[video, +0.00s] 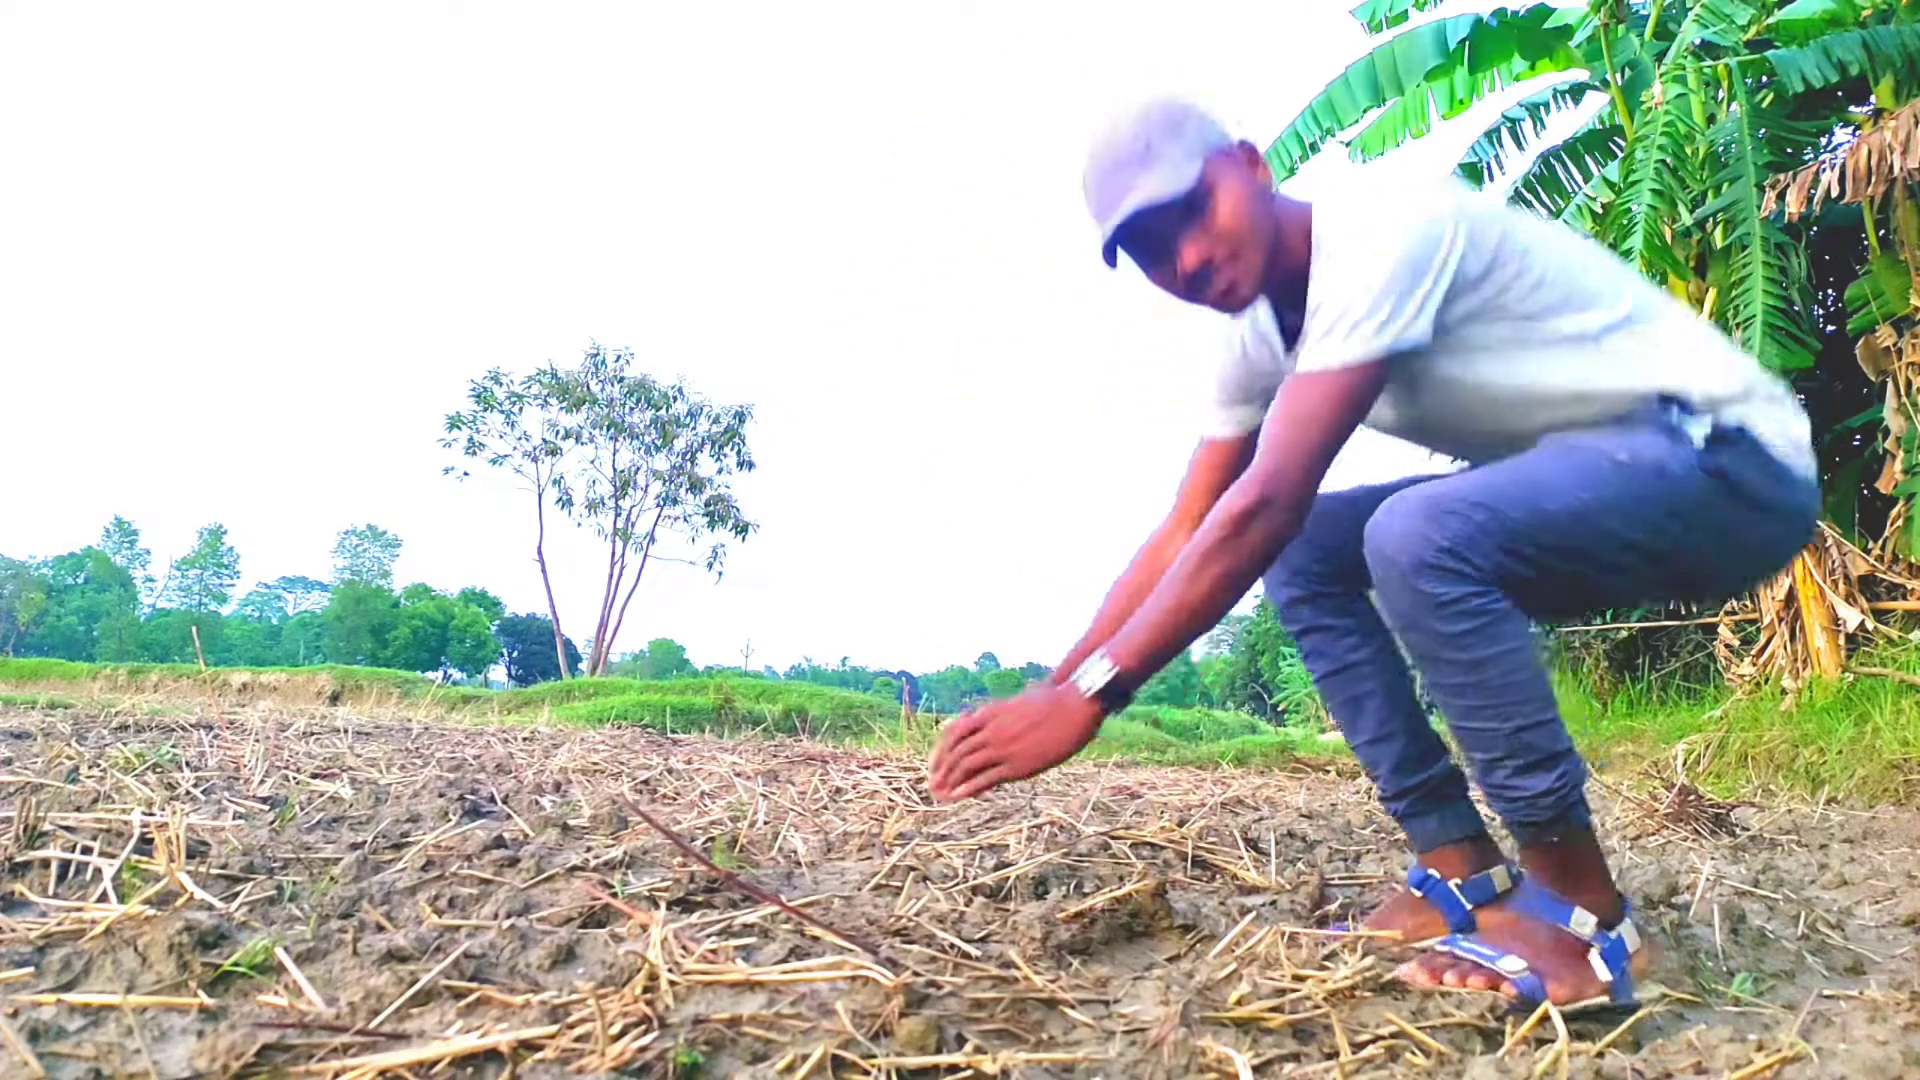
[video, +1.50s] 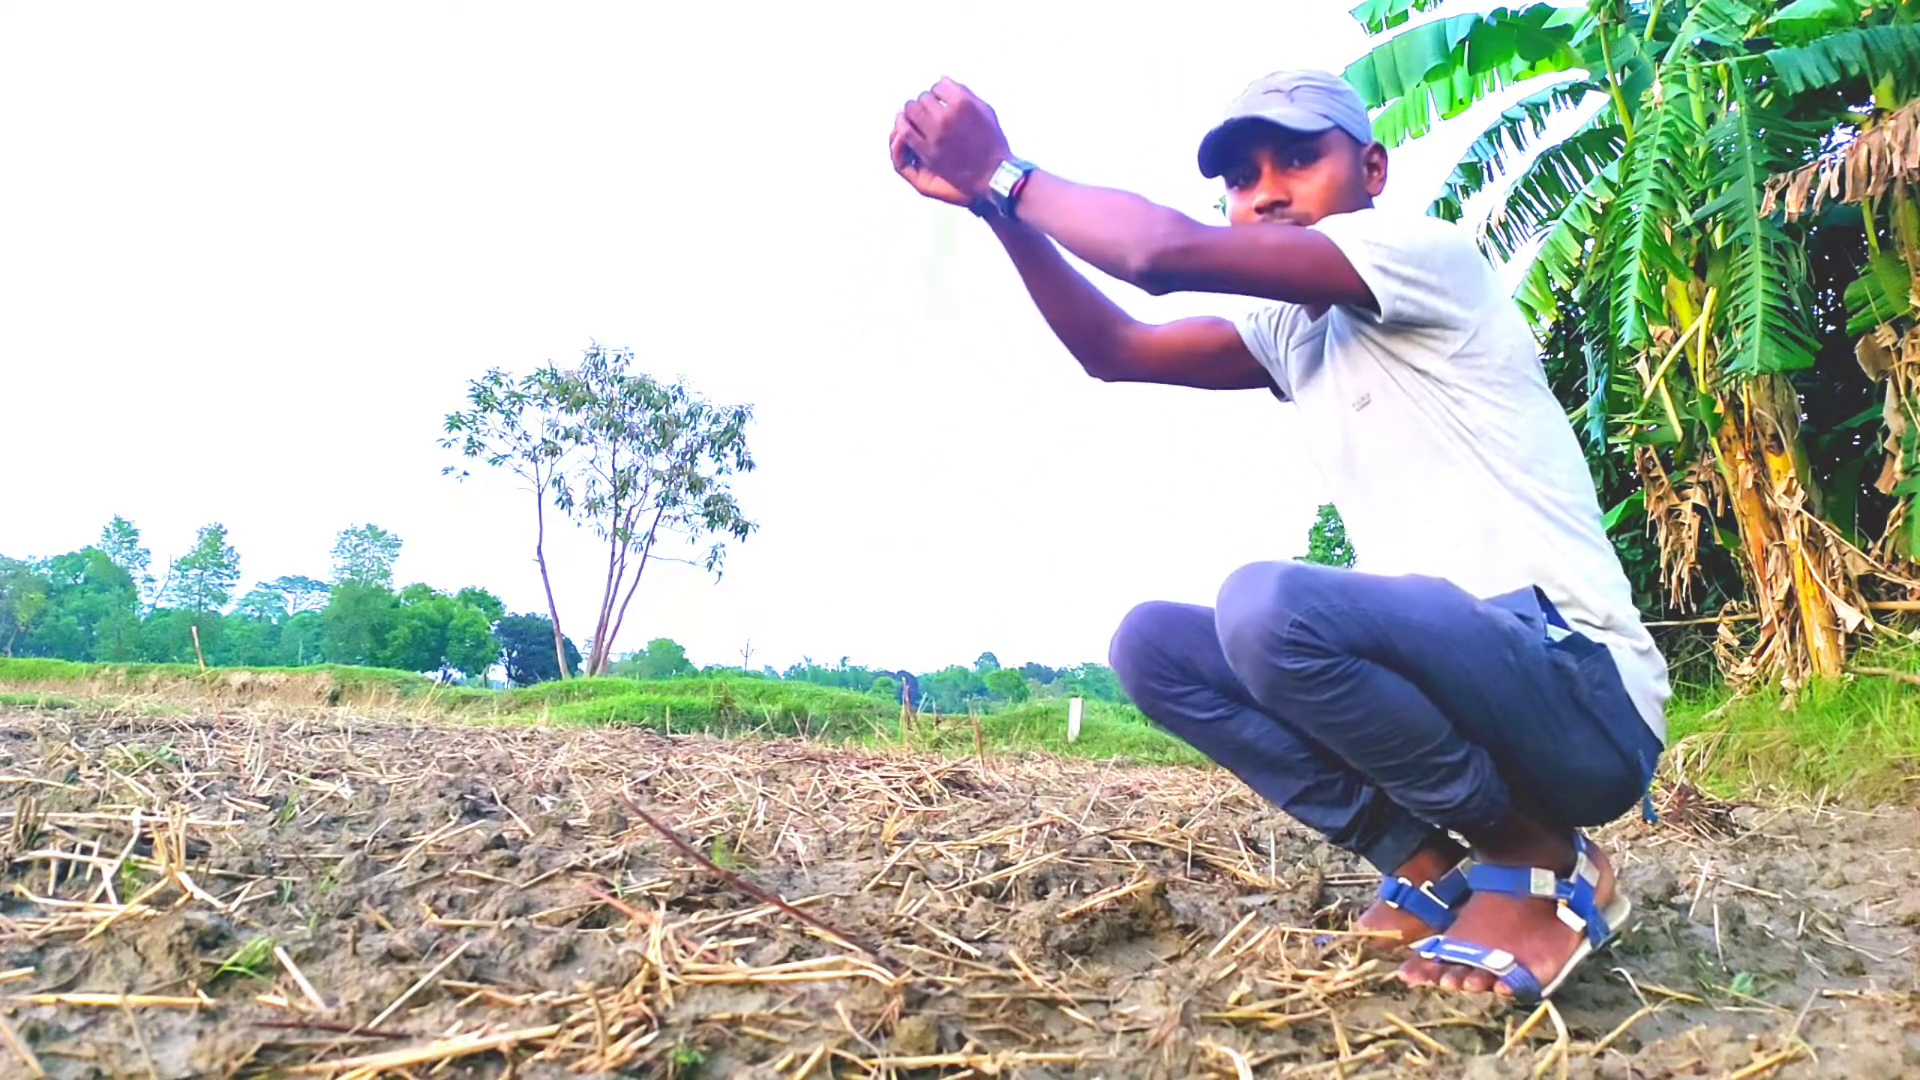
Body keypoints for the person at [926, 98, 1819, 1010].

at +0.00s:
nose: (1184, 261)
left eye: (1190, 212)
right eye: (1148, 251)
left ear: (1250, 168)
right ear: (1142, 270)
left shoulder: (1387, 224)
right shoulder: (1261, 333)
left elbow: (1265, 513)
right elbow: (1193, 521)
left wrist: (1088, 699)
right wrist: (1061, 686)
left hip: (1720, 457)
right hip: (1596, 468)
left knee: (1423, 543)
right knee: (1310, 551)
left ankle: (1581, 918)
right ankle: (1462, 881)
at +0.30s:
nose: (1176, 343)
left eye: (1198, 297)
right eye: (1145, 326)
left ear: (1275, 282)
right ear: (1133, 351)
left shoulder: (1361, 403)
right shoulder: (1250, 467)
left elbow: (1189, 654)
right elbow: (1177, 657)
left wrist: (1032, 812)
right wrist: (1032, 809)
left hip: (1649, 717)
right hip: (1549, 730)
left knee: (1333, 586)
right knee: (1243, 625)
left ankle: (1552, 883)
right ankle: (1449, 870)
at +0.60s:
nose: (1178, 293)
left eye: (1204, 250)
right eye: (1148, 275)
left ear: (1277, 247)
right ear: (1138, 306)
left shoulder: (1360, 371)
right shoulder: (1246, 451)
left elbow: (1179, 611)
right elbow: (1182, 632)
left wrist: (983, 697)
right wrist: (985, 695)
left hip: (1630, 705)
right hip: (1522, 723)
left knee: (1305, 588)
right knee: (1215, 615)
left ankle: (1544, 881)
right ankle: (1442, 869)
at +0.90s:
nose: (1225, 230)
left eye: (1255, 195)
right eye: (1197, 211)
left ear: (1326, 199)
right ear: (1182, 241)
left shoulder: (1389, 306)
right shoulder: (1278, 380)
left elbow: (1139, 395)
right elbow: (1099, 482)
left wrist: (952, 347)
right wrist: (959, 372)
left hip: (1598, 697)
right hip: (1484, 713)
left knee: (1289, 595)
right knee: (1168, 624)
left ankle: (1534, 862)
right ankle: (1435, 870)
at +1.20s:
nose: (1256, 199)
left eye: (1287, 164)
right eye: (1232, 186)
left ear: (1358, 174)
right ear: (1212, 209)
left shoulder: (1411, 262)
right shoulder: (1279, 342)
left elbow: (1155, 262)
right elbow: (1098, 368)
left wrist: (997, 180)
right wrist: (992, 216)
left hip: (1581, 684)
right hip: (1459, 697)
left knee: (1276, 603)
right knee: (1156, 642)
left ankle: (1535, 857)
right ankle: (1436, 859)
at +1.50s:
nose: (1266, 193)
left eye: (1299, 155)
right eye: (1241, 178)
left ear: (1372, 168)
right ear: (1221, 200)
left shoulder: (1427, 256)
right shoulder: (1298, 330)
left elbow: (1165, 251)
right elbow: (1115, 349)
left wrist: (1001, 173)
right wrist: (998, 208)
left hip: (1580, 684)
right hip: (1460, 692)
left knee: (1269, 608)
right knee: (1155, 644)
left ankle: (1538, 857)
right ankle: (1434, 860)